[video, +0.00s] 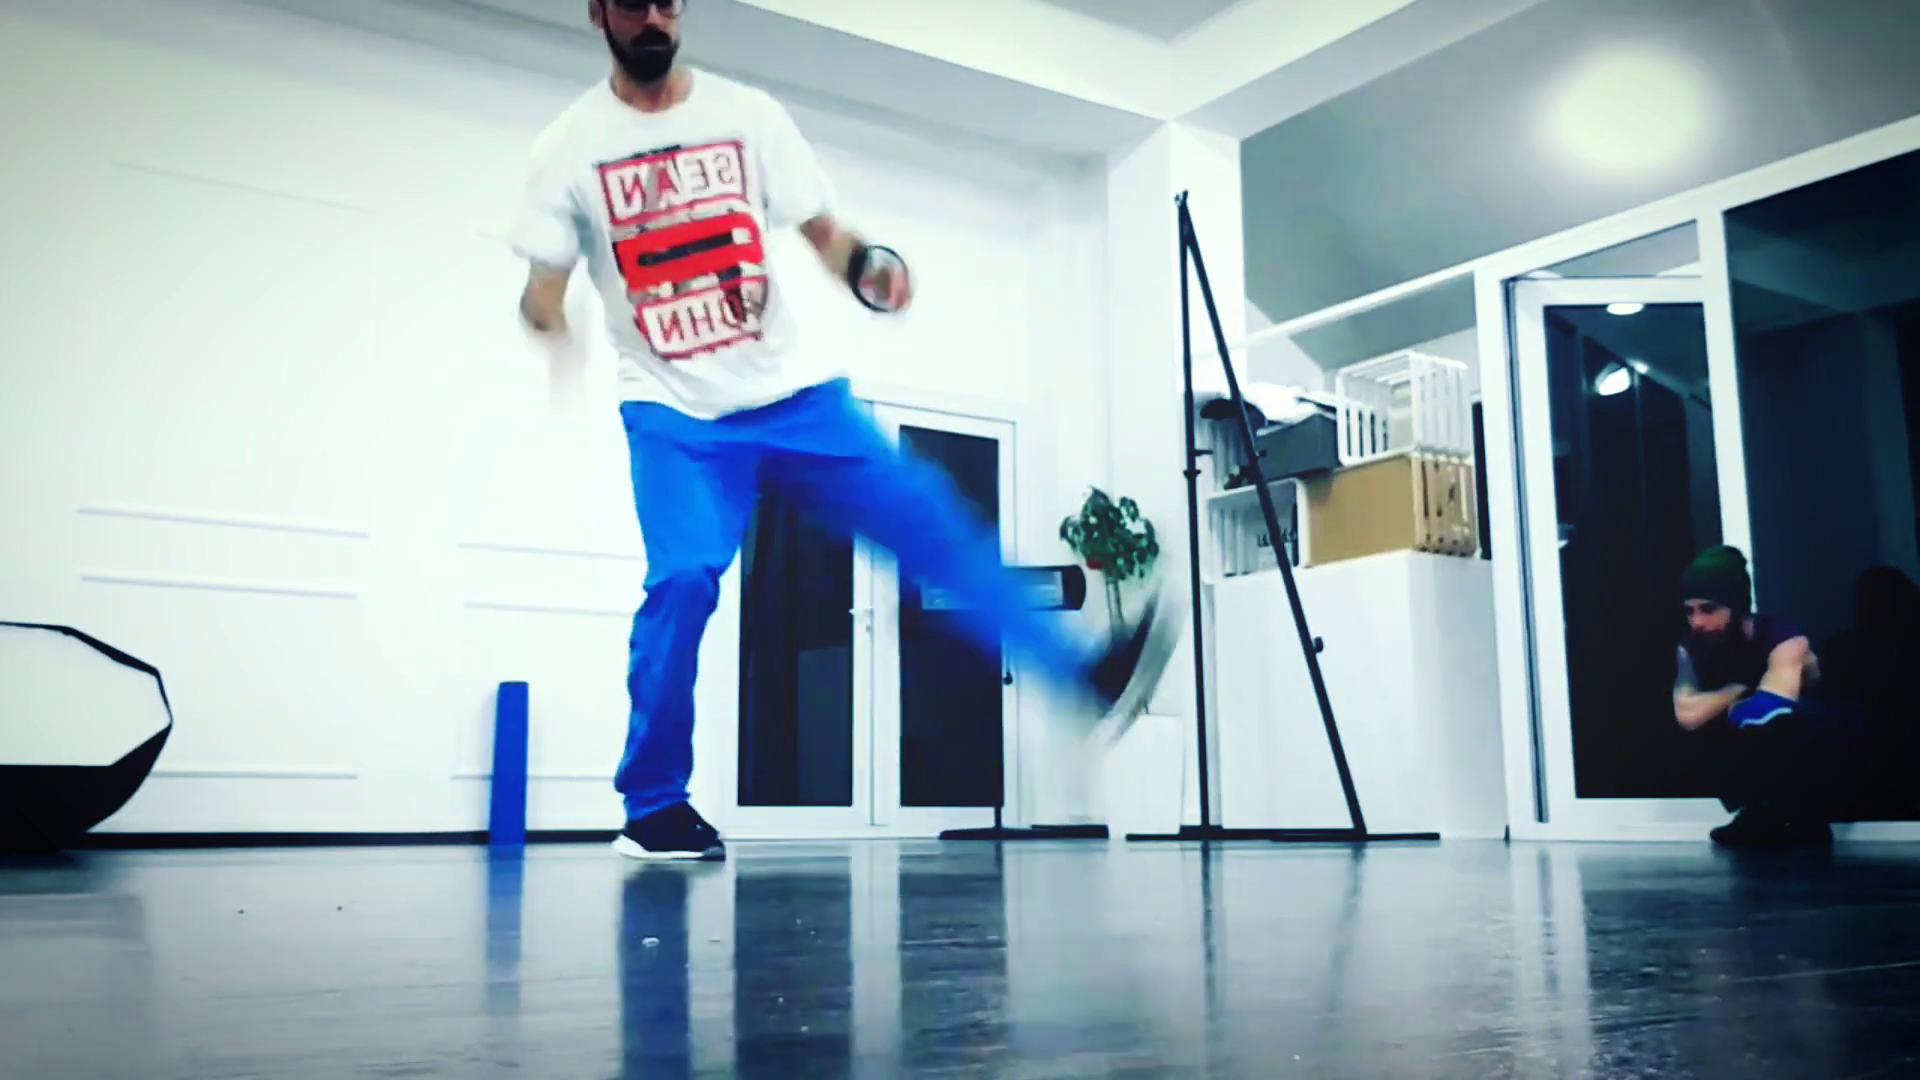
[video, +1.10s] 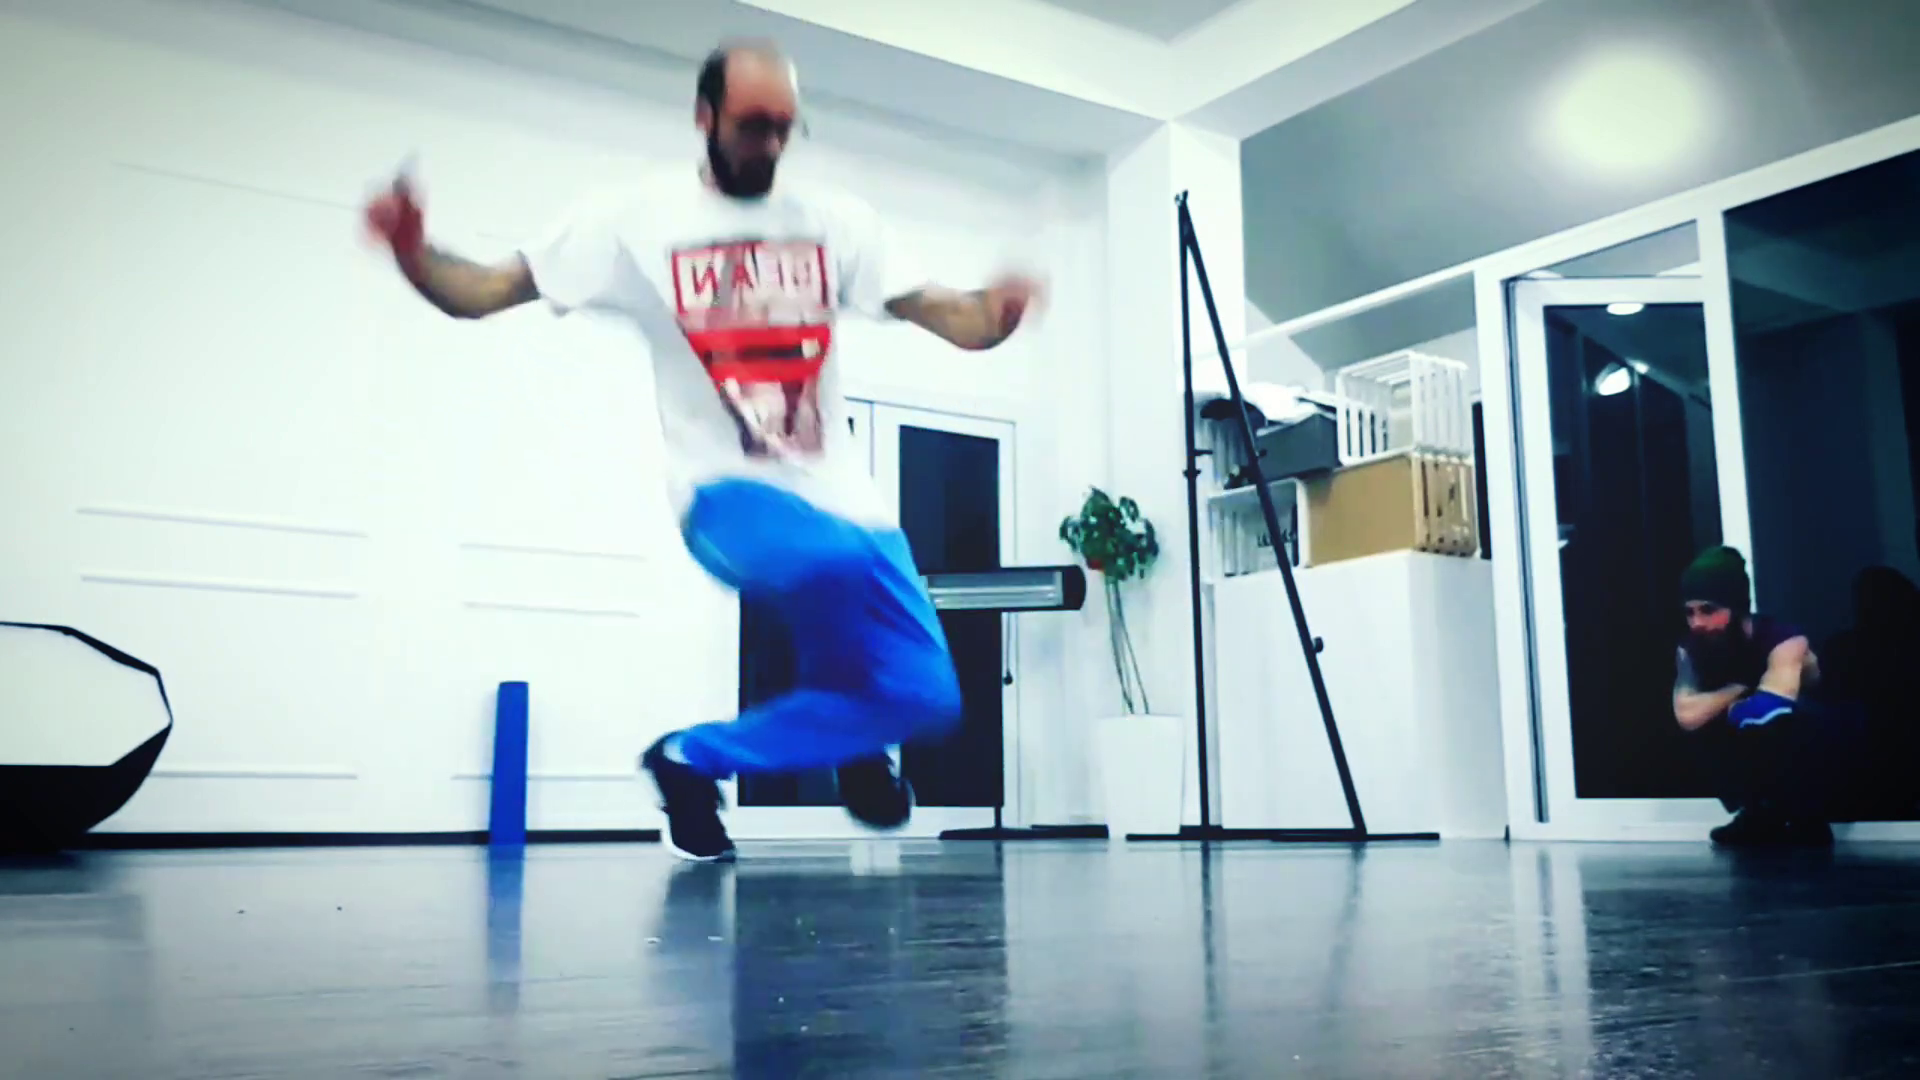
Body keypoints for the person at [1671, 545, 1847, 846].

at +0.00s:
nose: (1697, 623)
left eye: (1708, 610)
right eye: (1690, 612)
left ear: (1735, 605)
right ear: (1684, 610)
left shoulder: (1782, 639)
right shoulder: (1691, 651)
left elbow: (1776, 705)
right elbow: (1688, 714)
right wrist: (1738, 691)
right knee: (1706, 726)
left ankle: (1803, 820)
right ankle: (1756, 814)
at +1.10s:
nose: (1697, 623)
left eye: (1708, 611)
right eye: (1690, 613)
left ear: (1736, 607)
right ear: (1684, 612)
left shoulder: (1779, 637)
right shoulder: (1690, 652)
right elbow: (1688, 715)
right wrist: (1738, 690)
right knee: (1704, 727)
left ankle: (1802, 819)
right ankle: (1755, 814)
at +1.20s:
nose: (1697, 623)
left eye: (1708, 611)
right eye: (1690, 613)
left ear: (1736, 607)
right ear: (1684, 612)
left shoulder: (1777, 637)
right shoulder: (1691, 652)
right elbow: (1688, 715)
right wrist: (1738, 689)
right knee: (1704, 728)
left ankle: (1802, 819)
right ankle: (1755, 814)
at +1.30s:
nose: (1697, 624)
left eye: (1709, 611)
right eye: (1690, 613)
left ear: (1736, 606)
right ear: (1684, 612)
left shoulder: (1777, 638)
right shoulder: (1691, 652)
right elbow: (1688, 715)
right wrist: (1738, 689)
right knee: (1705, 727)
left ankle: (1802, 819)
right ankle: (1755, 814)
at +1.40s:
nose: (1697, 623)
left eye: (1708, 611)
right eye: (1690, 613)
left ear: (1736, 607)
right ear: (1684, 612)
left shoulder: (1780, 638)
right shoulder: (1691, 652)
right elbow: (1688, 715)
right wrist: (1739, 690)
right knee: (1704, 727)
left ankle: (1802, 818)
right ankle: (1754, 814)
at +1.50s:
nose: (1697, 622)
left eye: (1708, 610)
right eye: (1690, 612)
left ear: (1737, 607)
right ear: (1684, 611)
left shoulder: (1778, 637)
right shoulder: (1691, 650)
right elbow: (1687, 714)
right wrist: (1739, 689)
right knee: (1704, 726)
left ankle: (1802, 818)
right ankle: (1754, 814)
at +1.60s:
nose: (1697, 623)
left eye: (1709, 610)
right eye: (1691, 612)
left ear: (1738, 607)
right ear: (1685, 612)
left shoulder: (1782, 637)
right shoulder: (1690, 652)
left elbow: (1775, 705)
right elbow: (1688, 714)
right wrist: (1742, 687)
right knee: (1705, 725)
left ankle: (1799, 818)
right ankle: (1755, 813)